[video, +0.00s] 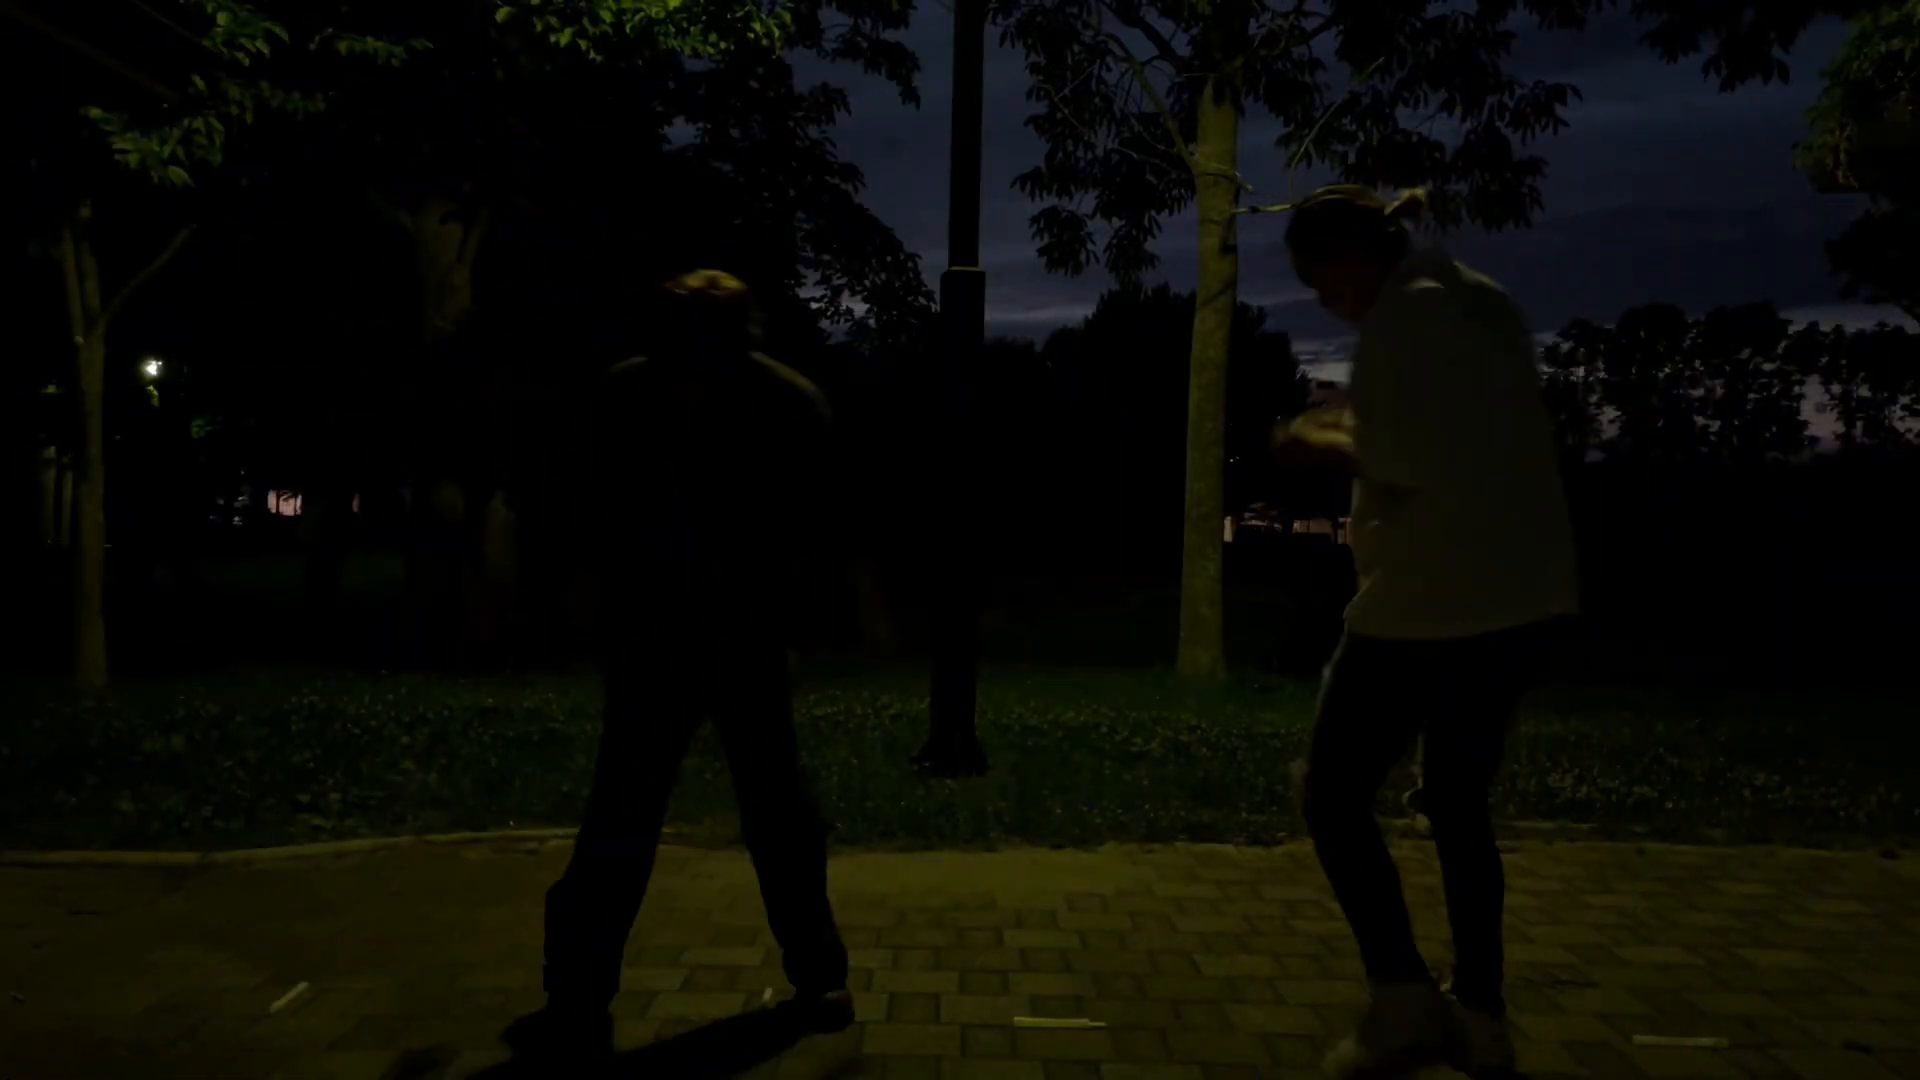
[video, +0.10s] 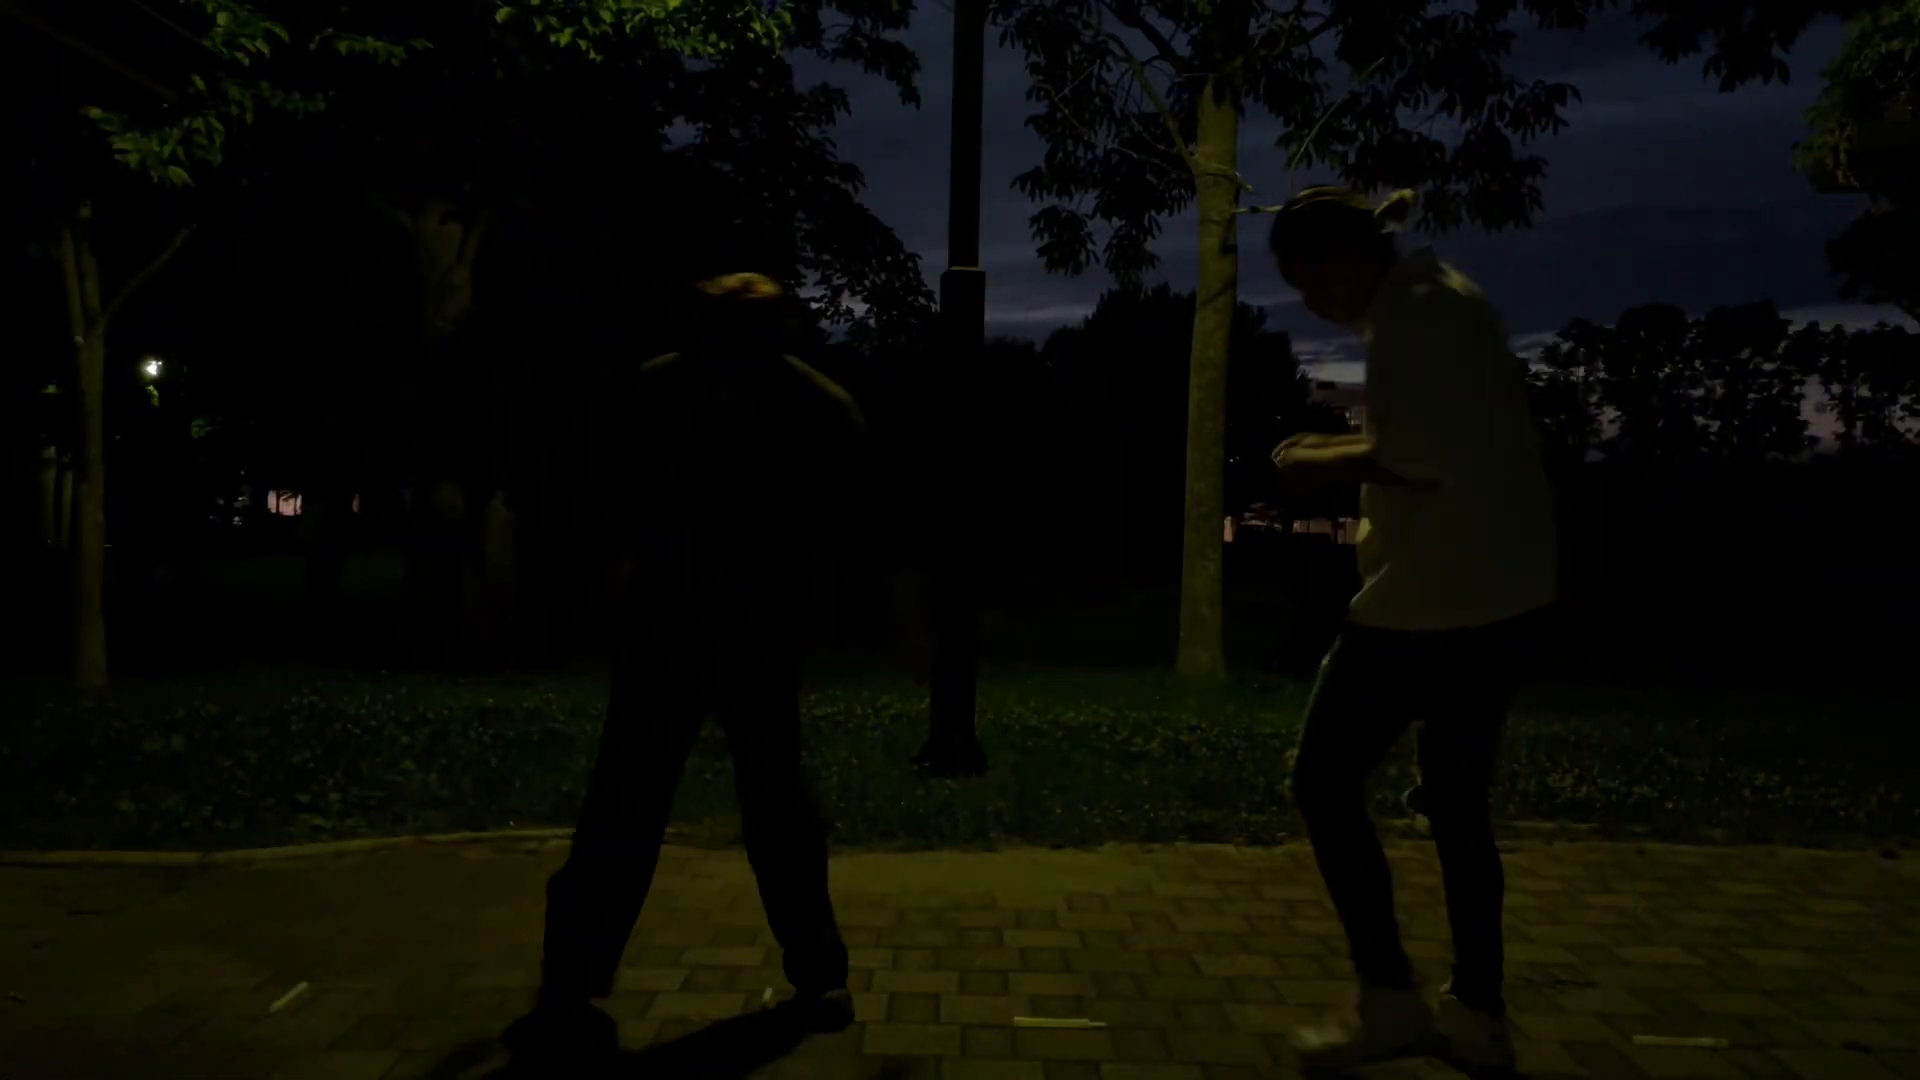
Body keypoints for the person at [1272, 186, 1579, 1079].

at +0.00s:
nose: (1324, 303)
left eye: (1323, 283)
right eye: (1316, 286)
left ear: (1353, 260)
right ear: (1392, 240)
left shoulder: (1395, 327)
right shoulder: (1488, 306)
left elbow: (1398, 465)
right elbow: (1477, 446)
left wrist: (1323, 441)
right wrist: (1352, 432)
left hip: (1417, 611)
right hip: (1510, 605)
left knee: (1333, 799)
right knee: (1459, 803)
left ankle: (1399, 1005)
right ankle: (1481, 1015)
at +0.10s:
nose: (1310, 304)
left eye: (1309, 284)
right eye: (1302, 288)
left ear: (1341, 261)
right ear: (1371, 246)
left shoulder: (1408, 322)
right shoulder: (1450, 305)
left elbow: (1418, 462)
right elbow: (1441, 456)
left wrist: (1320, 461)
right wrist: (1344, 454)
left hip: (1422, 605)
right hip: (1496, 600)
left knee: (1323, 783)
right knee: (1459, 800)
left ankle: (1386, 1003)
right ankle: (1480, 1013)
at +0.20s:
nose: (1291, 311)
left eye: (1291, 290)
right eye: (1282, 295)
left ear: (1329, 266)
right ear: (1346, 259)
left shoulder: (1409, 322)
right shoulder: (1406, 318)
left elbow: (1414, 462)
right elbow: (1389, 448)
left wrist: (1312, 479)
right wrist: (1306, 469)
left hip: (1411, 611)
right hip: (1454, 607)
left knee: (1331, 787)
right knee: (1449, 802)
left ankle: (1344, 986)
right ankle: (1477, 1009)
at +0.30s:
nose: (1276, 315)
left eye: (1277, 295)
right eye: (1268, 299)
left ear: (1314, 273)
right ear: (1324, 268)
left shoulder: (1410, 331)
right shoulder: (1366, 334)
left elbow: (1416, 484)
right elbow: (1356, 455)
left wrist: (1305, 503)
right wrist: (1281, 478)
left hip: (1407, 620)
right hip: (1399, 615)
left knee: (1332, 786)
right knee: (1427, 799)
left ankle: (1327, 981)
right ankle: (1474, 1004)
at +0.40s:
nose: (1264, 322)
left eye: (1269, 302)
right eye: (1258, 306)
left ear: (1307, 285)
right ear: (1301, 286)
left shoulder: (1400, 345)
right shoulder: (1331, 346)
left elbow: (1434, 488)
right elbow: (1320, 451)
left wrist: (1321, 516)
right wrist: (1261, 490)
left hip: (1396, 623)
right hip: (1354, 620)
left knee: (1337, 789)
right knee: (1381, 793)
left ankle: (1328, 982)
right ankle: (1465, 993)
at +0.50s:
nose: (1262, 340)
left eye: (1267, 322)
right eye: (1254, 324)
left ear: (1300, 303)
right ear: (1274, 309)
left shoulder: (1392, 354)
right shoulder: (1303, 350)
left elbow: (1430, 497)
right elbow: (1288, 445)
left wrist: (1319, 526)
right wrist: (1242, 496)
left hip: (1386, 615)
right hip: (1328, 611)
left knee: (1328, 781)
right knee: (1320, 776)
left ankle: (1329, 979)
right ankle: (1421, 922)